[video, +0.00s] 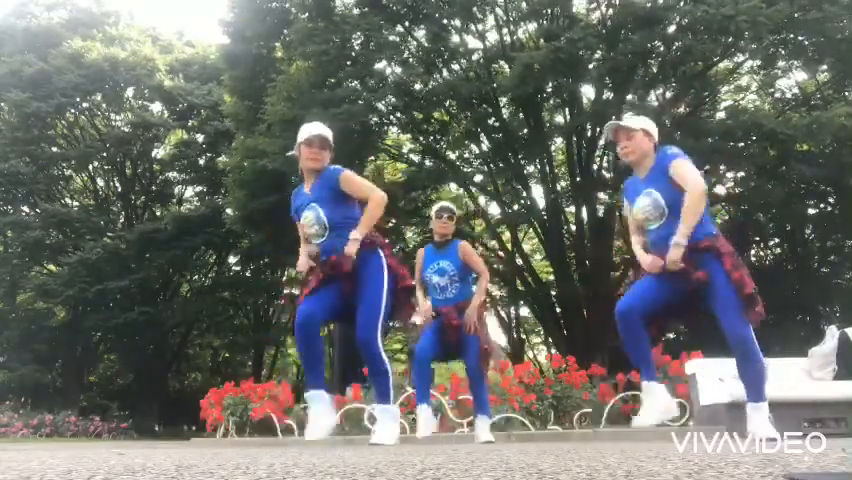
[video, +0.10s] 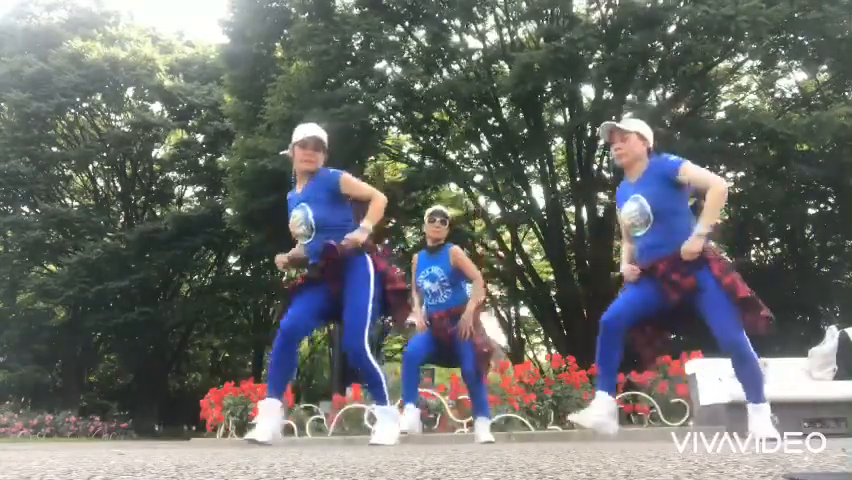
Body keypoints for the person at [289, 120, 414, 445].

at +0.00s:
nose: (316, 151)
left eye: (323, 146)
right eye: (310, 144)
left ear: (330, 153)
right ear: (297, 150)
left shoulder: (336, 176)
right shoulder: (298, 196)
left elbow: (378, 197)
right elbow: (306, 238)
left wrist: (356, 237)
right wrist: (305, 254)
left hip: (367, 261)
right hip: (335, 271)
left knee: (367, 336)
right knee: (306, 317)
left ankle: (387, 418)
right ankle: (320, 407)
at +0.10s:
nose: (310, 153)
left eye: (317, 148)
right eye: (304, 147)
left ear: (324, 154)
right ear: (292, 153)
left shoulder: (332, 179)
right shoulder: (293, 197)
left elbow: (378, 198)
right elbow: (309, 243)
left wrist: (364, 229)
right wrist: (289, 257)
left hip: (355, 266)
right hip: (321, 274)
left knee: (355, 345)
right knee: (288, 329)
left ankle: (387, 417)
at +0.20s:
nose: (310, 147)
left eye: (317, 144)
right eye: (305, 140)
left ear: (322, 151)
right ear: (290, 146)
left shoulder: (329, 179)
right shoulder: (285, 193)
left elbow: (365, 215)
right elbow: (299, 246)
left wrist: (365, 242)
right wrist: (276, 266)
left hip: (338, 267)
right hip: (304, 276)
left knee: (343, 346)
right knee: (268, 329)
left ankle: (388, 417)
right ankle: (260, 417)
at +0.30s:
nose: (316, 125)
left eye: (322, 121)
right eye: (310, 118)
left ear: (328, 127)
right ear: (296, 121)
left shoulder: (336, 159)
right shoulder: (274, 157)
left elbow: (359, 201)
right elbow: (259, 201)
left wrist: (339, 197)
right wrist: (251, 205)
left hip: (322, 244)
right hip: (282, 245)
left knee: (332, 327)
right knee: (266, 327)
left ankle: (354, 403)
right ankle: (259, 415)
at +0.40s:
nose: (319, 121)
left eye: (325, 115)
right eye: (313, 113)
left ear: (330, 119)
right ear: (298, 114)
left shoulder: (335, 150)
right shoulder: (278, 132)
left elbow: (355, 178)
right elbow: (262, 157)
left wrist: (327, 180)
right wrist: (290, 171)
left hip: (316, 236)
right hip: (275, 232)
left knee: (308, 314)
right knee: (265, 316)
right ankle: (247, 406)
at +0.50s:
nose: (320, 133)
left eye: (325, 128)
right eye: (314, 126)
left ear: (329, 134)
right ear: (298, 127)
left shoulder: (329, 165)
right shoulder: (279, 151)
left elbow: (348, 185)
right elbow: (299, 172)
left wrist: (363, 197)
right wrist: (335, 190)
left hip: (304, 250)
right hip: (268, 242)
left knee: (291, 332)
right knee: (255, 326)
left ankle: (265, 414)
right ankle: (237, 414)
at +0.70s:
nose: (333, 145)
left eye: (339, 140)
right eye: (326, 139)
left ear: (345, 147)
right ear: (313, 144)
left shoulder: (338, 192)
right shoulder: (298, 165)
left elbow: (357, 236)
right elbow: (275, 194)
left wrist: (379, 238)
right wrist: (320, 202)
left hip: (294, 267)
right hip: (264, 254)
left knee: (337, 311)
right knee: (262, 331)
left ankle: (304, 397)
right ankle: (237, 416)